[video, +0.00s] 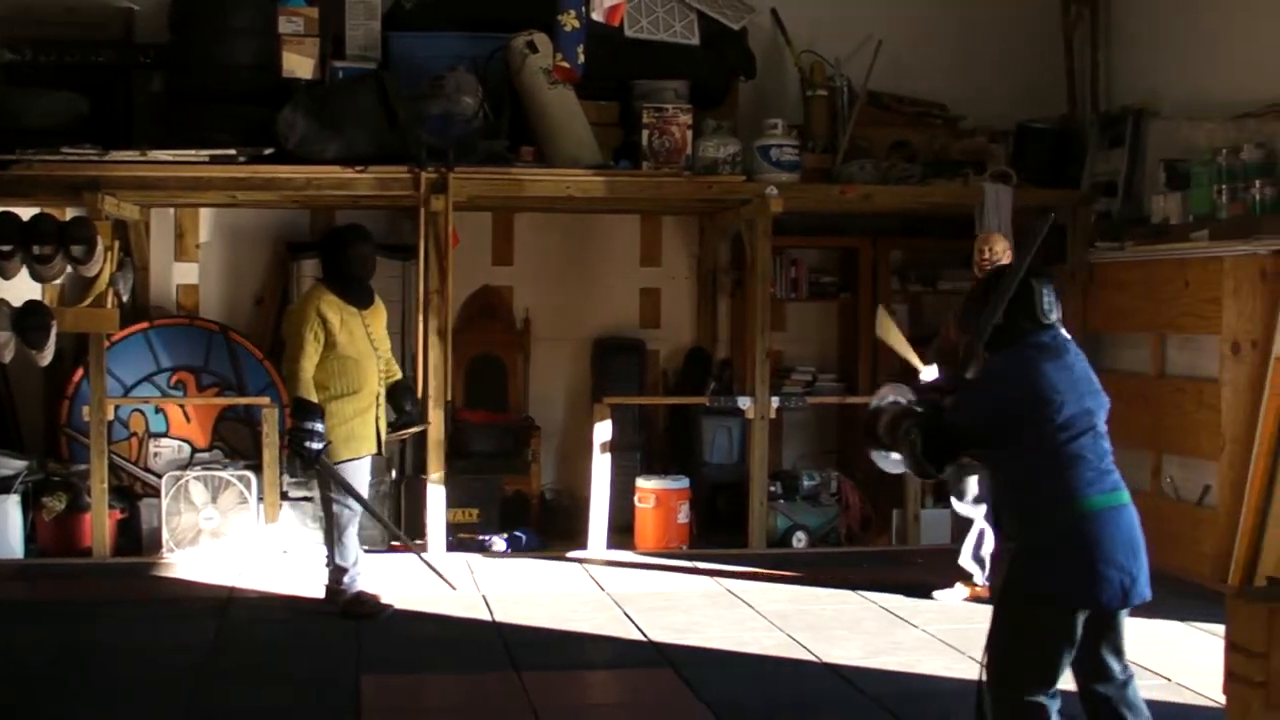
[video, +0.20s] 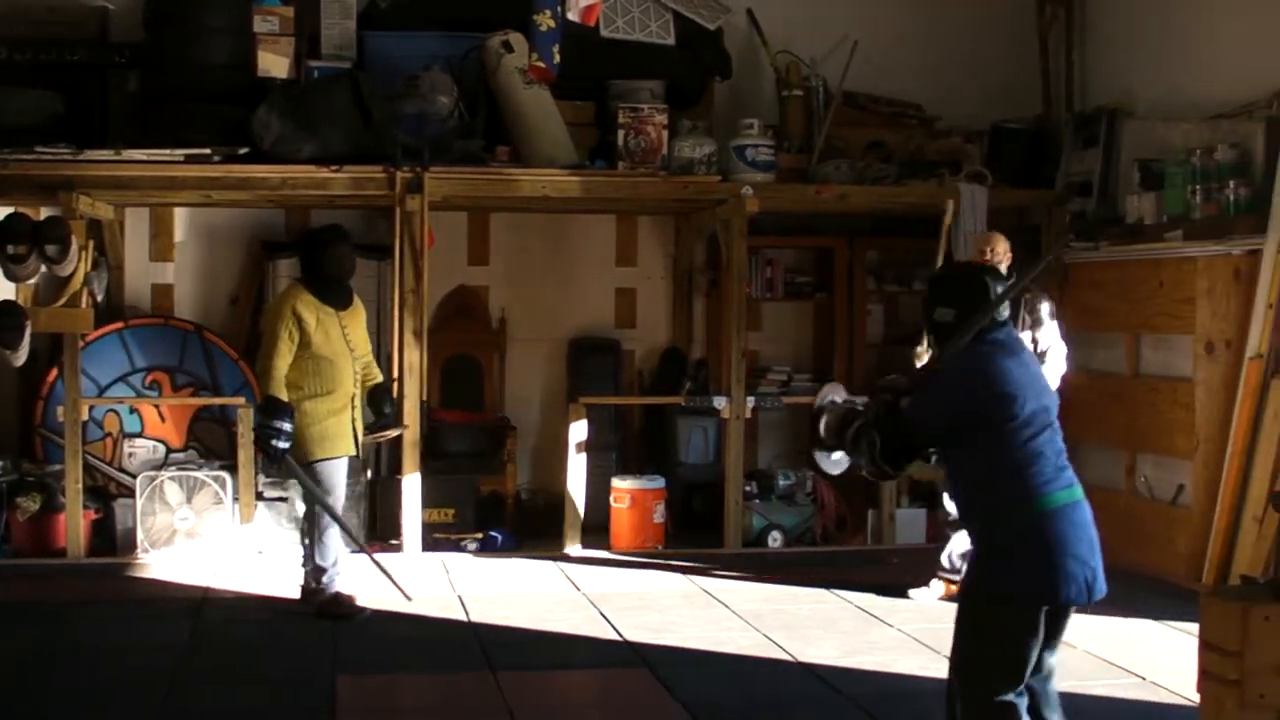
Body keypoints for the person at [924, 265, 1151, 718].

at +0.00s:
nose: (964, 338)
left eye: (972, 325)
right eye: (964, 326)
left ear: (995, 324)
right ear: (1041, 311)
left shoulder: (1003, 378)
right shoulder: (1072, 359)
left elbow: (931, 452)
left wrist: (895, 413)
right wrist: (951, 394)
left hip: (1055, 555)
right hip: (1118, 543)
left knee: (1017, 690)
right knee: (1108, 680)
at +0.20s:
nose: (929, 324)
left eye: (934, 313)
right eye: (930, 312)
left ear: (949, 315)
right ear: (992, 307)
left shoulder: (962, 371)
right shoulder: (1017, 357)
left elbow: (892, 448)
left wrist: (852, 423)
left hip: (1020, 553)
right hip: (1070, 542)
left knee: (984, 693)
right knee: (1034, 681)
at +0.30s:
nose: (986, 259)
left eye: (993, 252)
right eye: (981, 252)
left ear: (1009, 257)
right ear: (973, 256)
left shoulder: (1028, 301)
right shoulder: (967, 299)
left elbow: (1050, 360)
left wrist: (1026, 408)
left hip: (1013, 422)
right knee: (950, 493)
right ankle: (938, 571)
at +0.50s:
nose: (851, 332)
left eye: (857, 320)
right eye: (853, 319)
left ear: (874, 326)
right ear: (917, 313)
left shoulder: (897, 376)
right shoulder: (937, 360)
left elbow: (843, 468)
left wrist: (787, 468)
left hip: (960, 541)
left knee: (940, 681)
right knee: (915, 648)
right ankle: (918, 709)